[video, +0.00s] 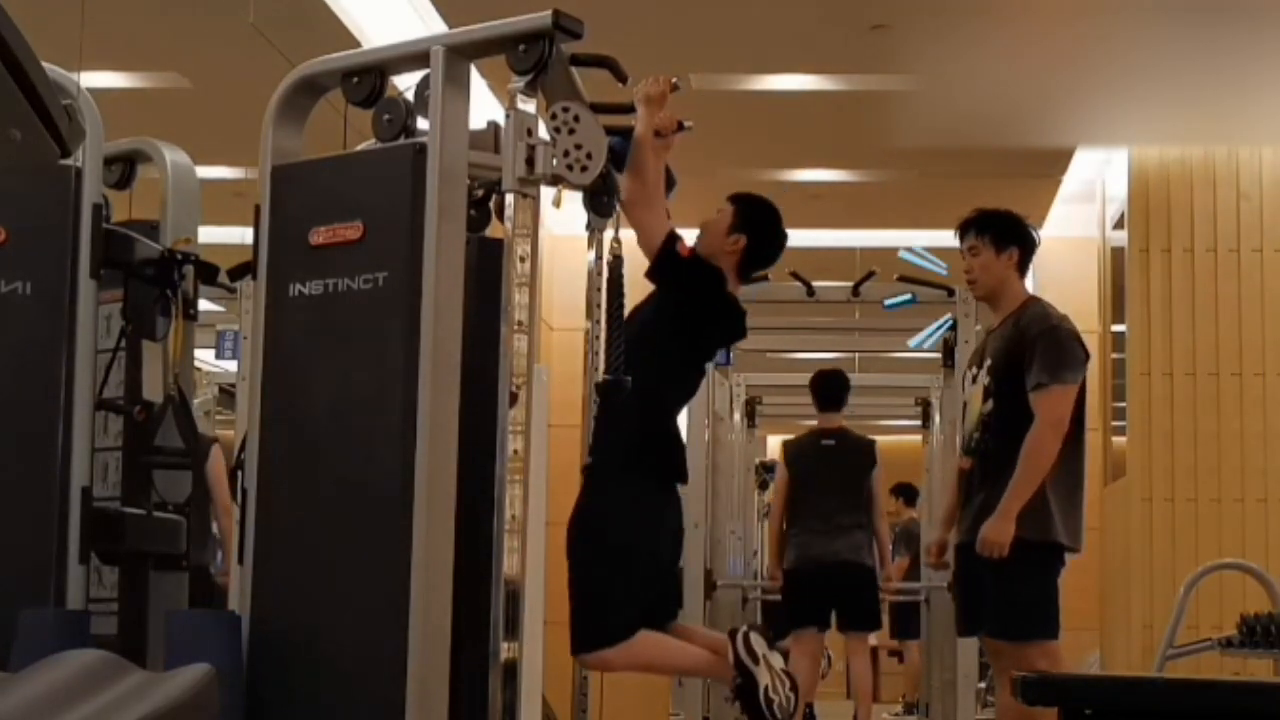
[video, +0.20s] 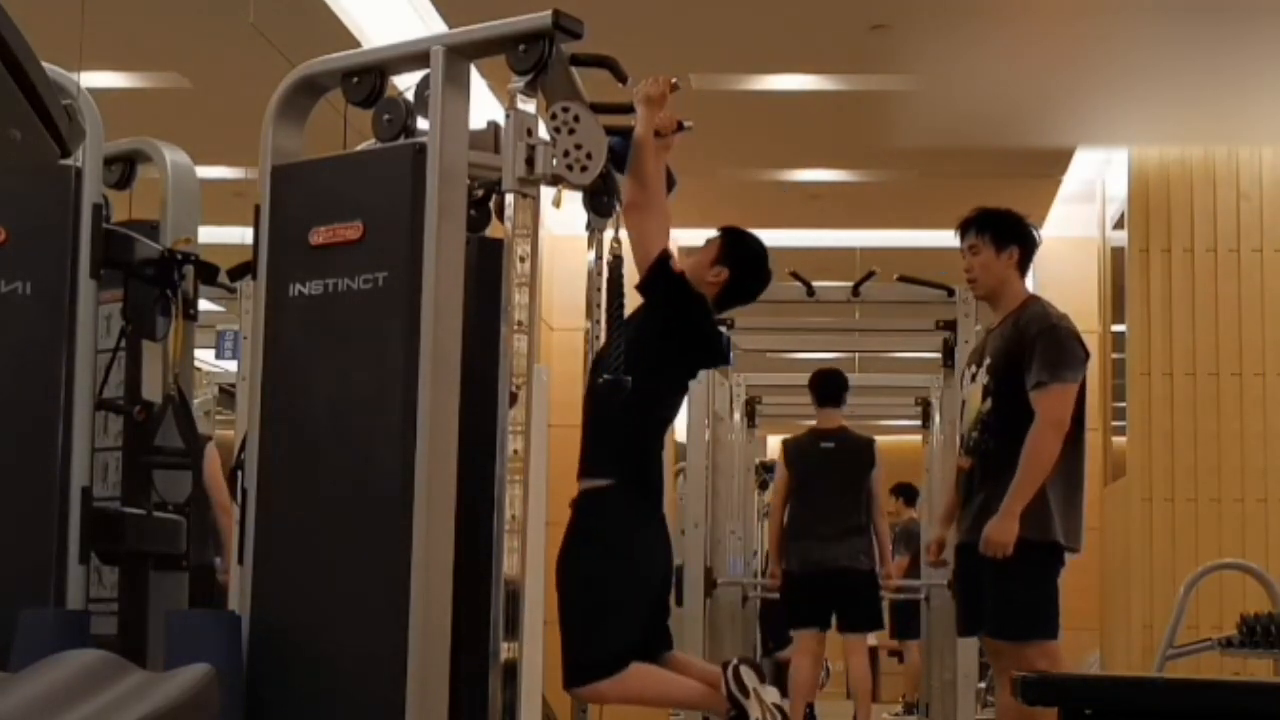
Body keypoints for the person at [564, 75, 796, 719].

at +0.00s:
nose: (708, 216)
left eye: (720, 213)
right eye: (718, 210)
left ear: (736, 239)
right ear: (741, 246)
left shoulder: (700, 289)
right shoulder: (704, 288)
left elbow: (643, 207)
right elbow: (649, 213)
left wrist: (643, 123)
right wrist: (658, 135)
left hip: (624, 481)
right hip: (645, 480)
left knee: (599, 646)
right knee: (641, 623)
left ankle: (731, 665)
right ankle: (741, 652)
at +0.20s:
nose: (688, 248)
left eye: (702, 247)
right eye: (700, 244)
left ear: (715, 272)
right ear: (720, 278)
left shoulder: (675, 310)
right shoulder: (677, 312)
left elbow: (641, 204)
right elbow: (645, 211)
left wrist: (643, 124)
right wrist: (656, 136)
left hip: (608, 516)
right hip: (632, 513)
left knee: (591, 675)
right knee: (645, 655)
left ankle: (721, 696)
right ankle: (734, 684)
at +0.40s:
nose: (708, 236)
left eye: (721, 236)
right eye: (719, 232)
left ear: (734, 265)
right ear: (732, 267)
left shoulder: (693, 302)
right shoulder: (690, 298)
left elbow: (640, 209)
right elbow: (644, 214)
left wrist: (643, 127)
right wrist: (655, 139)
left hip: (600, 490)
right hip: (620, 486)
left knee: (571, 651)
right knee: (625, 623)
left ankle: (710, 676)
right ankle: (716, 660)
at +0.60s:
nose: (730, 206)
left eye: (743, 201)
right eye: (740, 199)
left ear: (759, 223)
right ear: (769, 235)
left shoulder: (721, 265)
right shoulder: (732, 281)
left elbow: (643, 205)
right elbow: (647, 230)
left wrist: (644, 123)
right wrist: (657, 145)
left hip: (605, 427)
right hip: (628, 431)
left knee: (544, 589)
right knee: (593, 567)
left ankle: (680, 619)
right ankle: (686, 605)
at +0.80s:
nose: (736, 163)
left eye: (747, 154)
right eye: (743, 153)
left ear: (770, 170)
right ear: (782, 182)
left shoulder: (740, 215)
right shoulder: (763, 245)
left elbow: (642, 195)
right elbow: (655, 242)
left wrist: (646, 125)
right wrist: (657, 148)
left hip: (611, 367)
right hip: (640, 378)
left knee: (532, 508)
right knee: (577, 506)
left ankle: (651, 559)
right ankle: (655, 540)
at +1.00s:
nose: (720, 104)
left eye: (729, 95)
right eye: (726, 94)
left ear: (753, 107)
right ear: (766, 114)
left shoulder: (730, 160)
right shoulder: (757, 182)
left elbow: (642, 188)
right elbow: (646, 198)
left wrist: (646, 117)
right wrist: (659, 140)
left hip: (621, 310)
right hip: (645, 323)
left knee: (533, 450)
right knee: (572, 454)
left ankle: (634, 510)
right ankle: (645, 494)